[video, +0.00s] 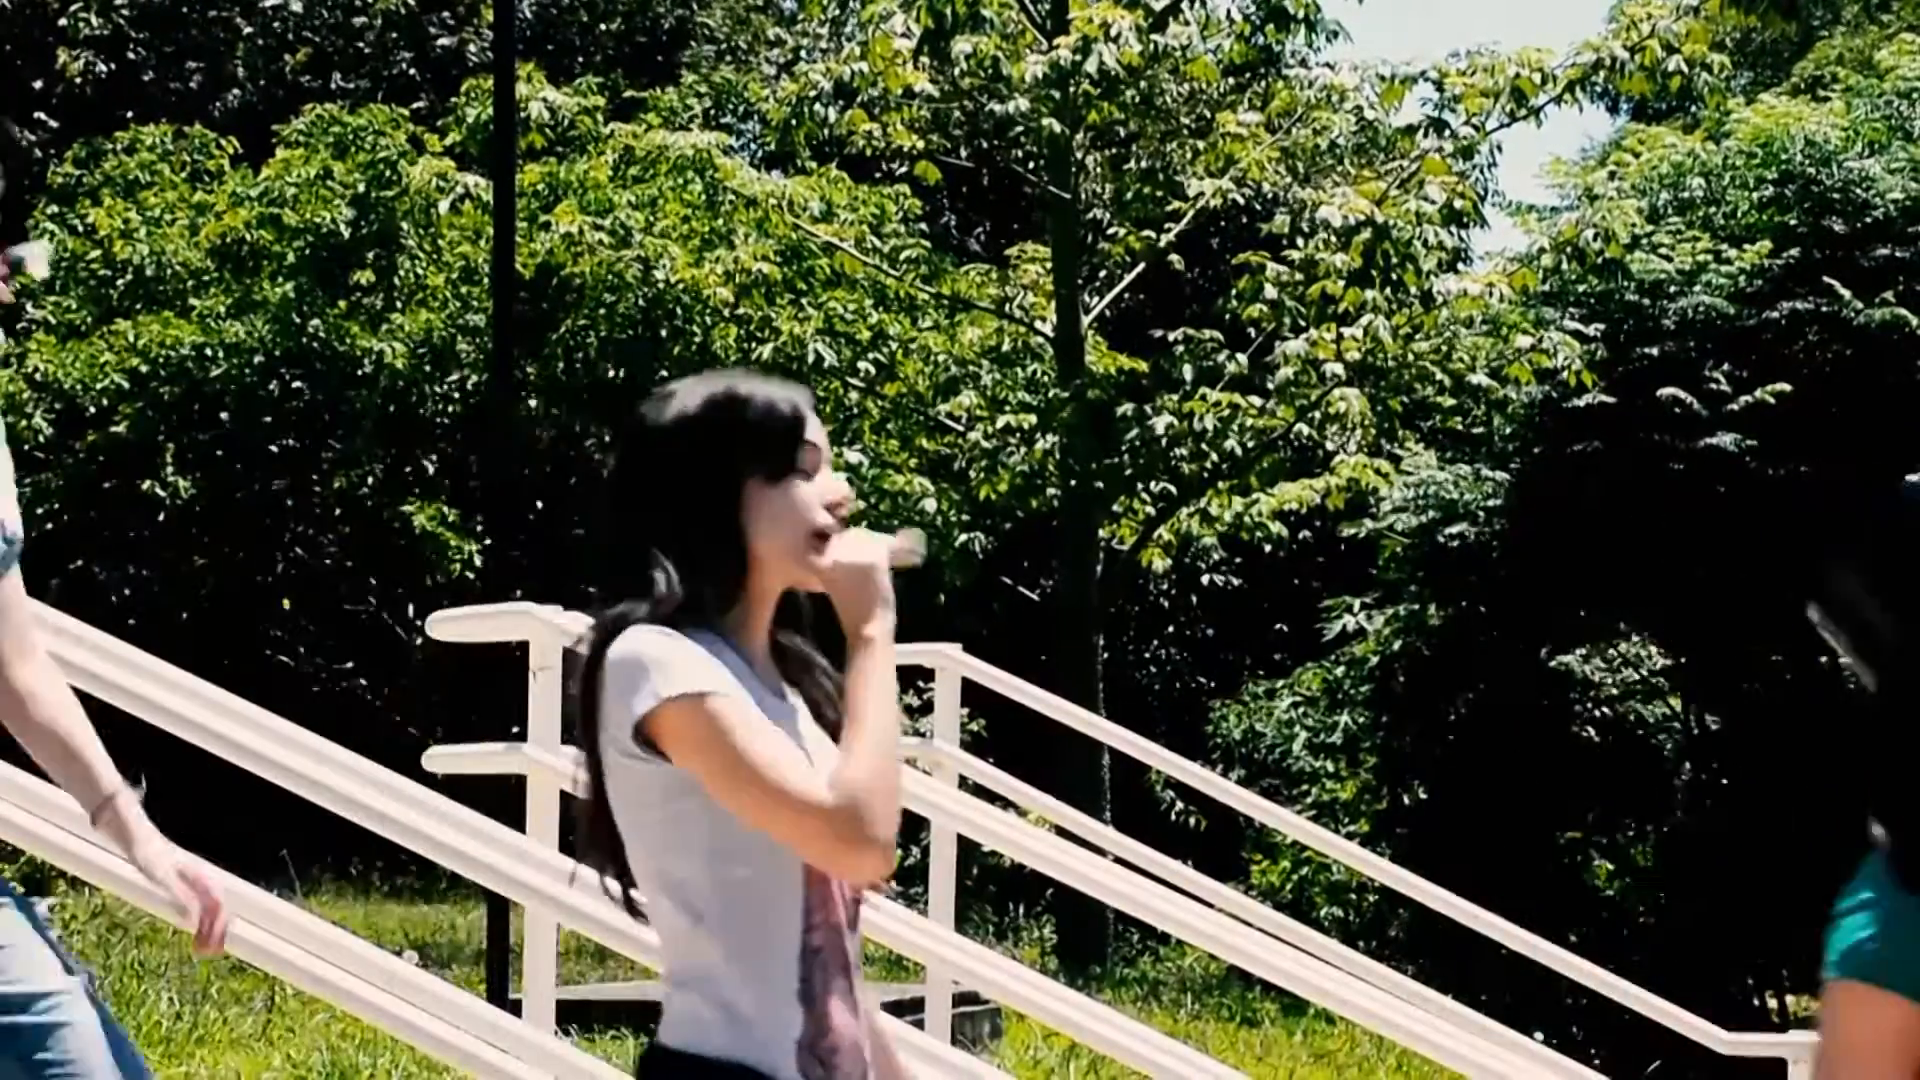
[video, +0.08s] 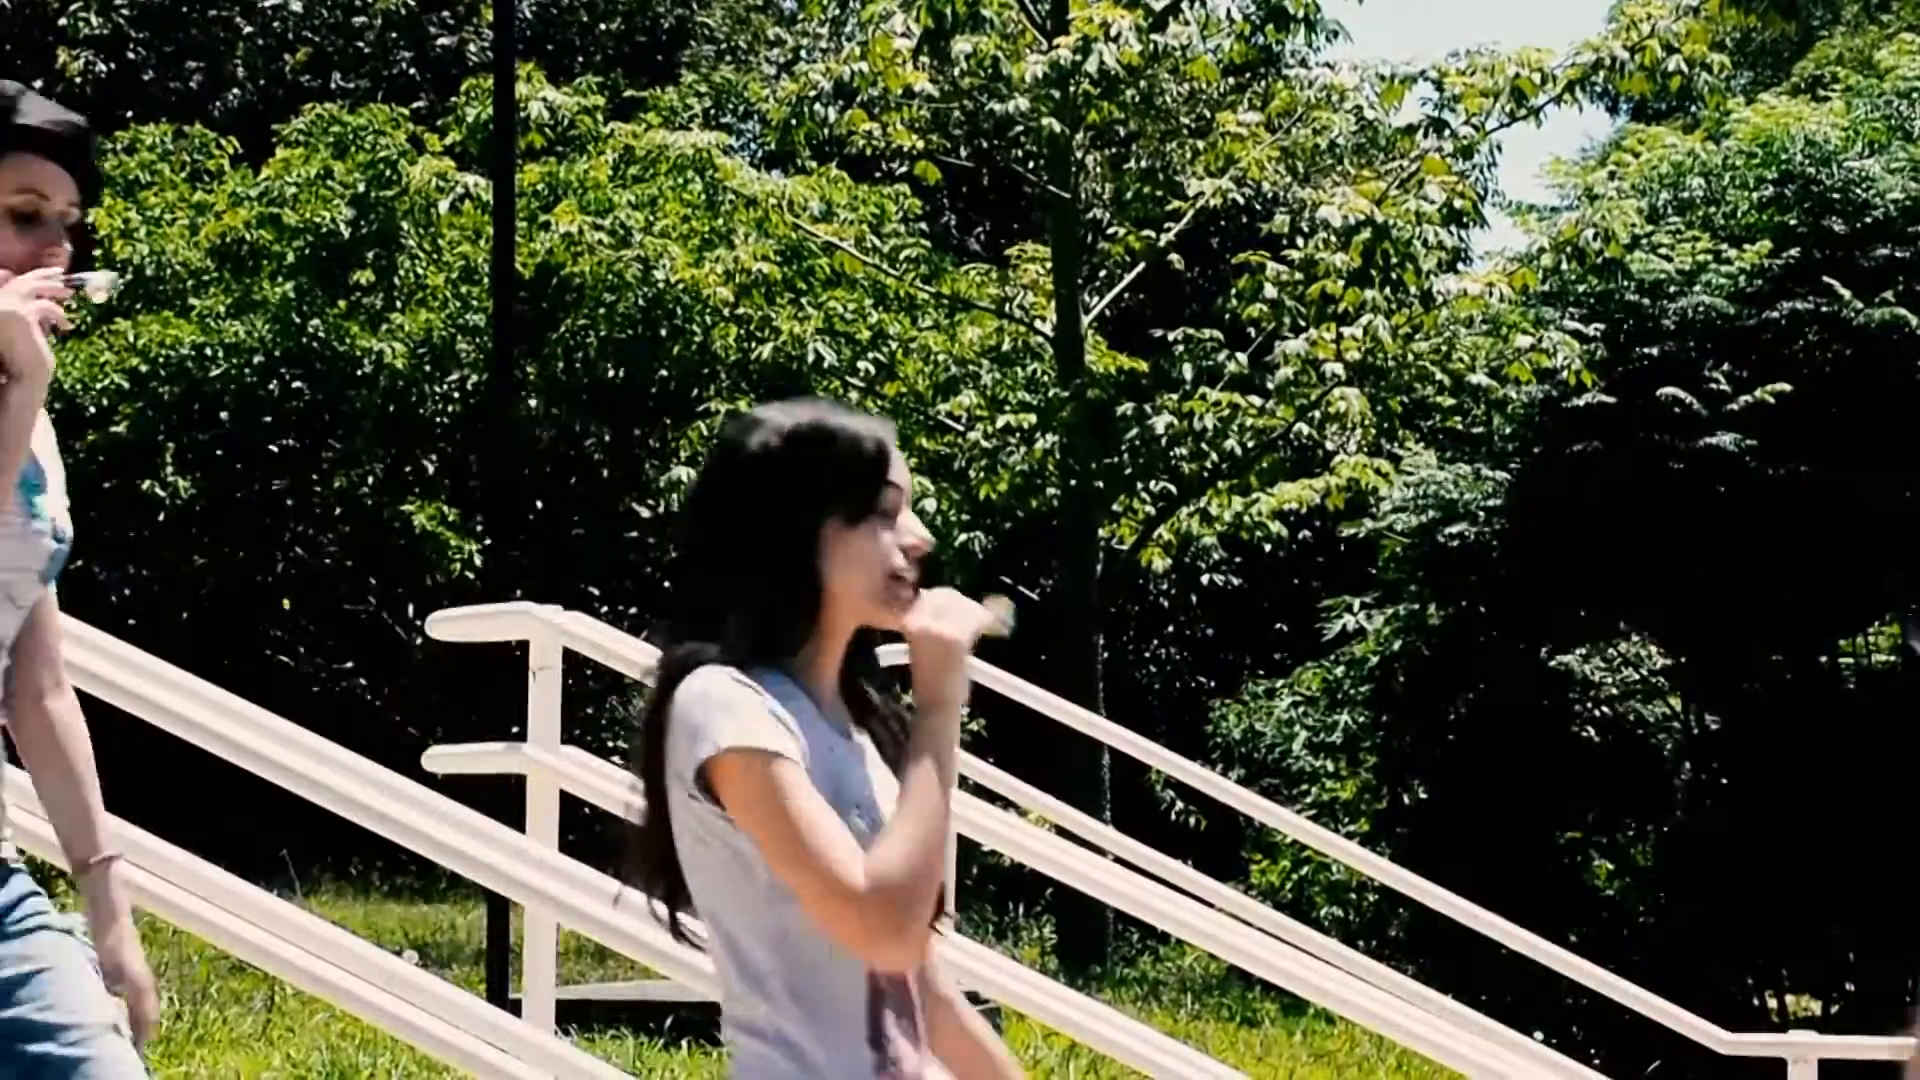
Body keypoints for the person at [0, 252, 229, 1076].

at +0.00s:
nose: (9, 290)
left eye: (14, 271)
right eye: (6, 271)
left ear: (18, 275)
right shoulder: (0, 458)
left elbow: (21, 655)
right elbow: (21, 656)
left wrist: (125, 816)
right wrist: (123, 819)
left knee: (97, 1065)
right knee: (83, 1063)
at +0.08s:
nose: (58, 251)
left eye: (70, 226)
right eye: (26, 216)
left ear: (79, 238)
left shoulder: (27, 412)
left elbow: (41, 687)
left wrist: (106, 907)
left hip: (2, 880)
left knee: (103, 1066)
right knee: (90, 1060)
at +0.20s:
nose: (145, 264)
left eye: (161, 239)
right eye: (117, 230)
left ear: (169, 246)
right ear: (30, 229)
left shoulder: (103, 405)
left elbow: (62, 649)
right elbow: (17, 588)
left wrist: (81, 849)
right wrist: (97, 370)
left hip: (87, 886)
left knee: (149, 1068)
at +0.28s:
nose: (210, 285)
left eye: (223, 261)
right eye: (180, 250)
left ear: (230, 271)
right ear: (88, 241)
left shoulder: (178, 428)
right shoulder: (10, 377)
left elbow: (139, 672)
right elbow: (76, 600)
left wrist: (163, 863)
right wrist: (158, 392)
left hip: (167, 911)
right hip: (36, 907)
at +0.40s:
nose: (294, 342)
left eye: (304, 318)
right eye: (263, 309)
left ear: (313, 329)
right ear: (174, 311)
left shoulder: (250, 494)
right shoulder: (77, 458)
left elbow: (228, 738)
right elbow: (171, 701)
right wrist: (264, 488)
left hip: (258, 973)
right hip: (118, 975)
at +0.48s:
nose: (343, 354)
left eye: (356, 330)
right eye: (310, 321)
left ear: (368, 344)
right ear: (227, 325)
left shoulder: (311, 511)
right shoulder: (134, 476)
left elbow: (293, 762)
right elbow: (240, 719)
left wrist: (322, 926)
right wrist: (321, 501)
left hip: (315, 984)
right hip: (172, 991)